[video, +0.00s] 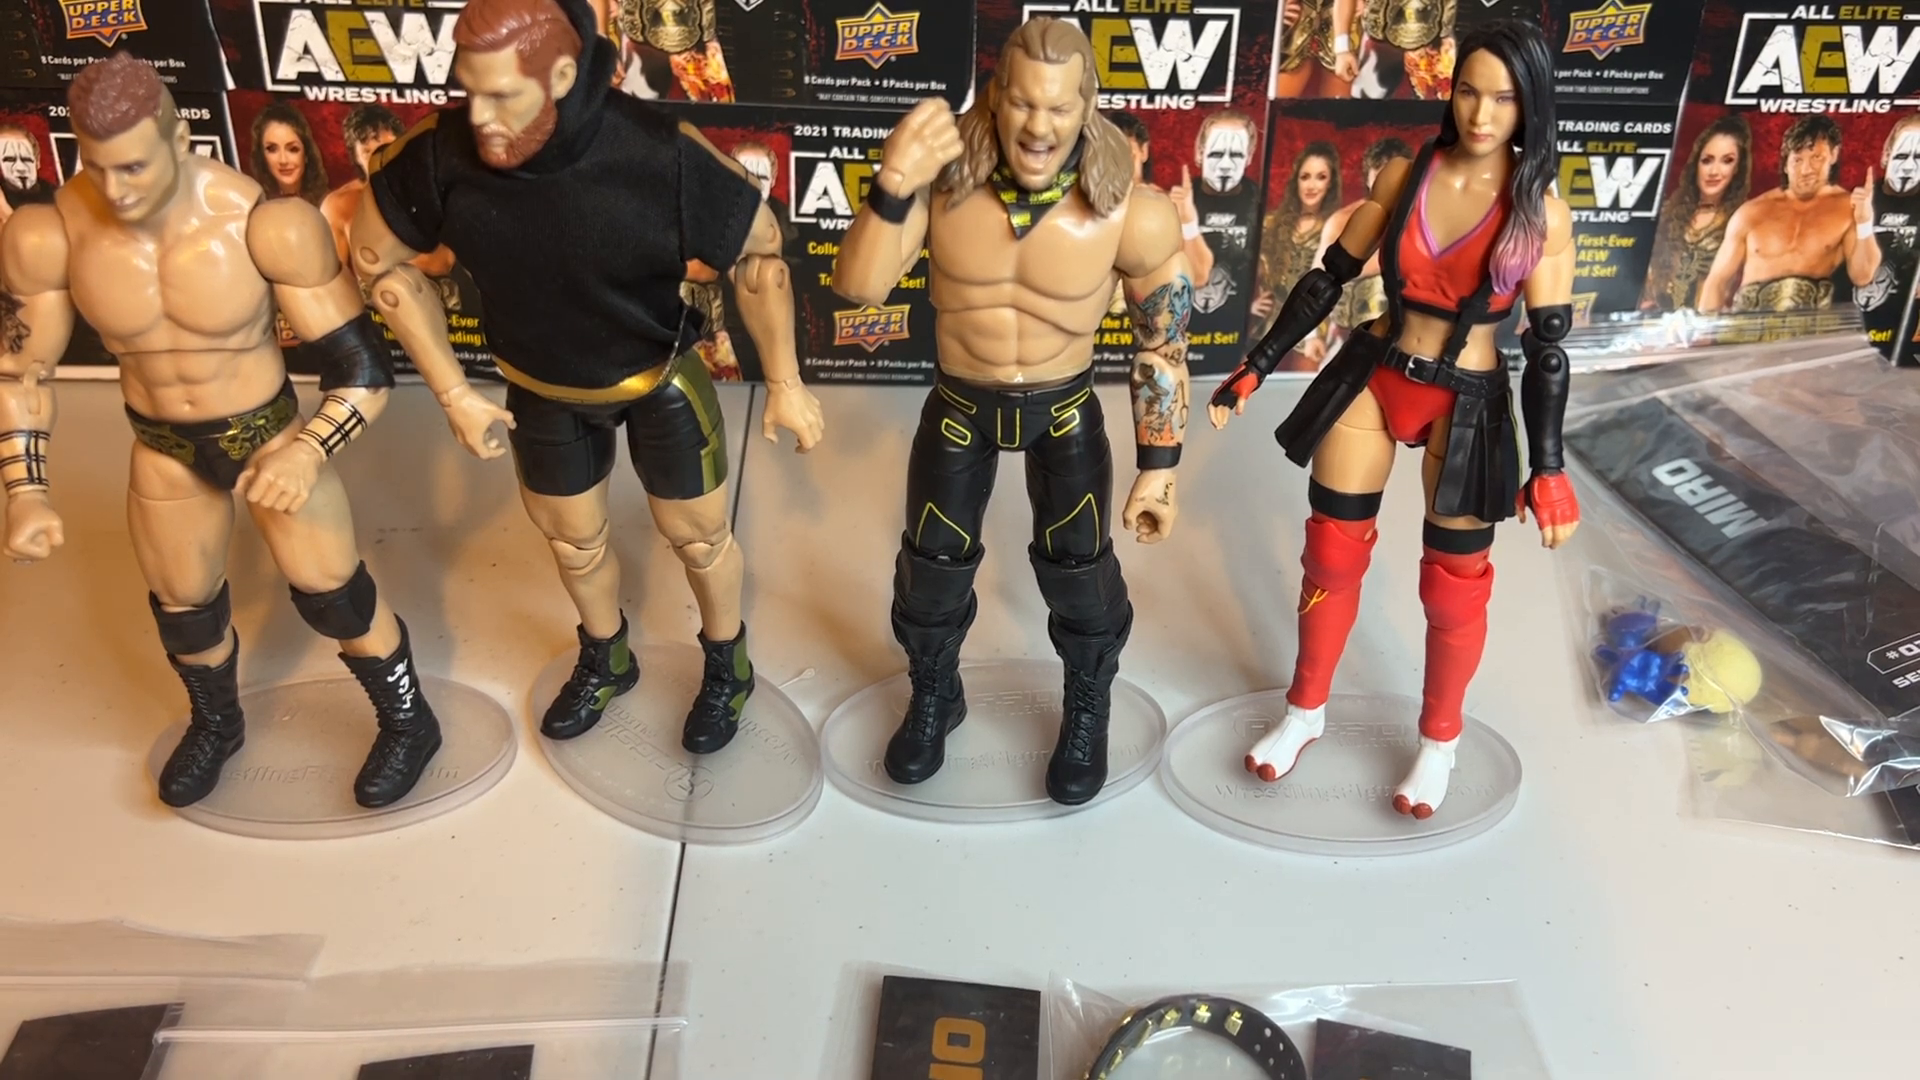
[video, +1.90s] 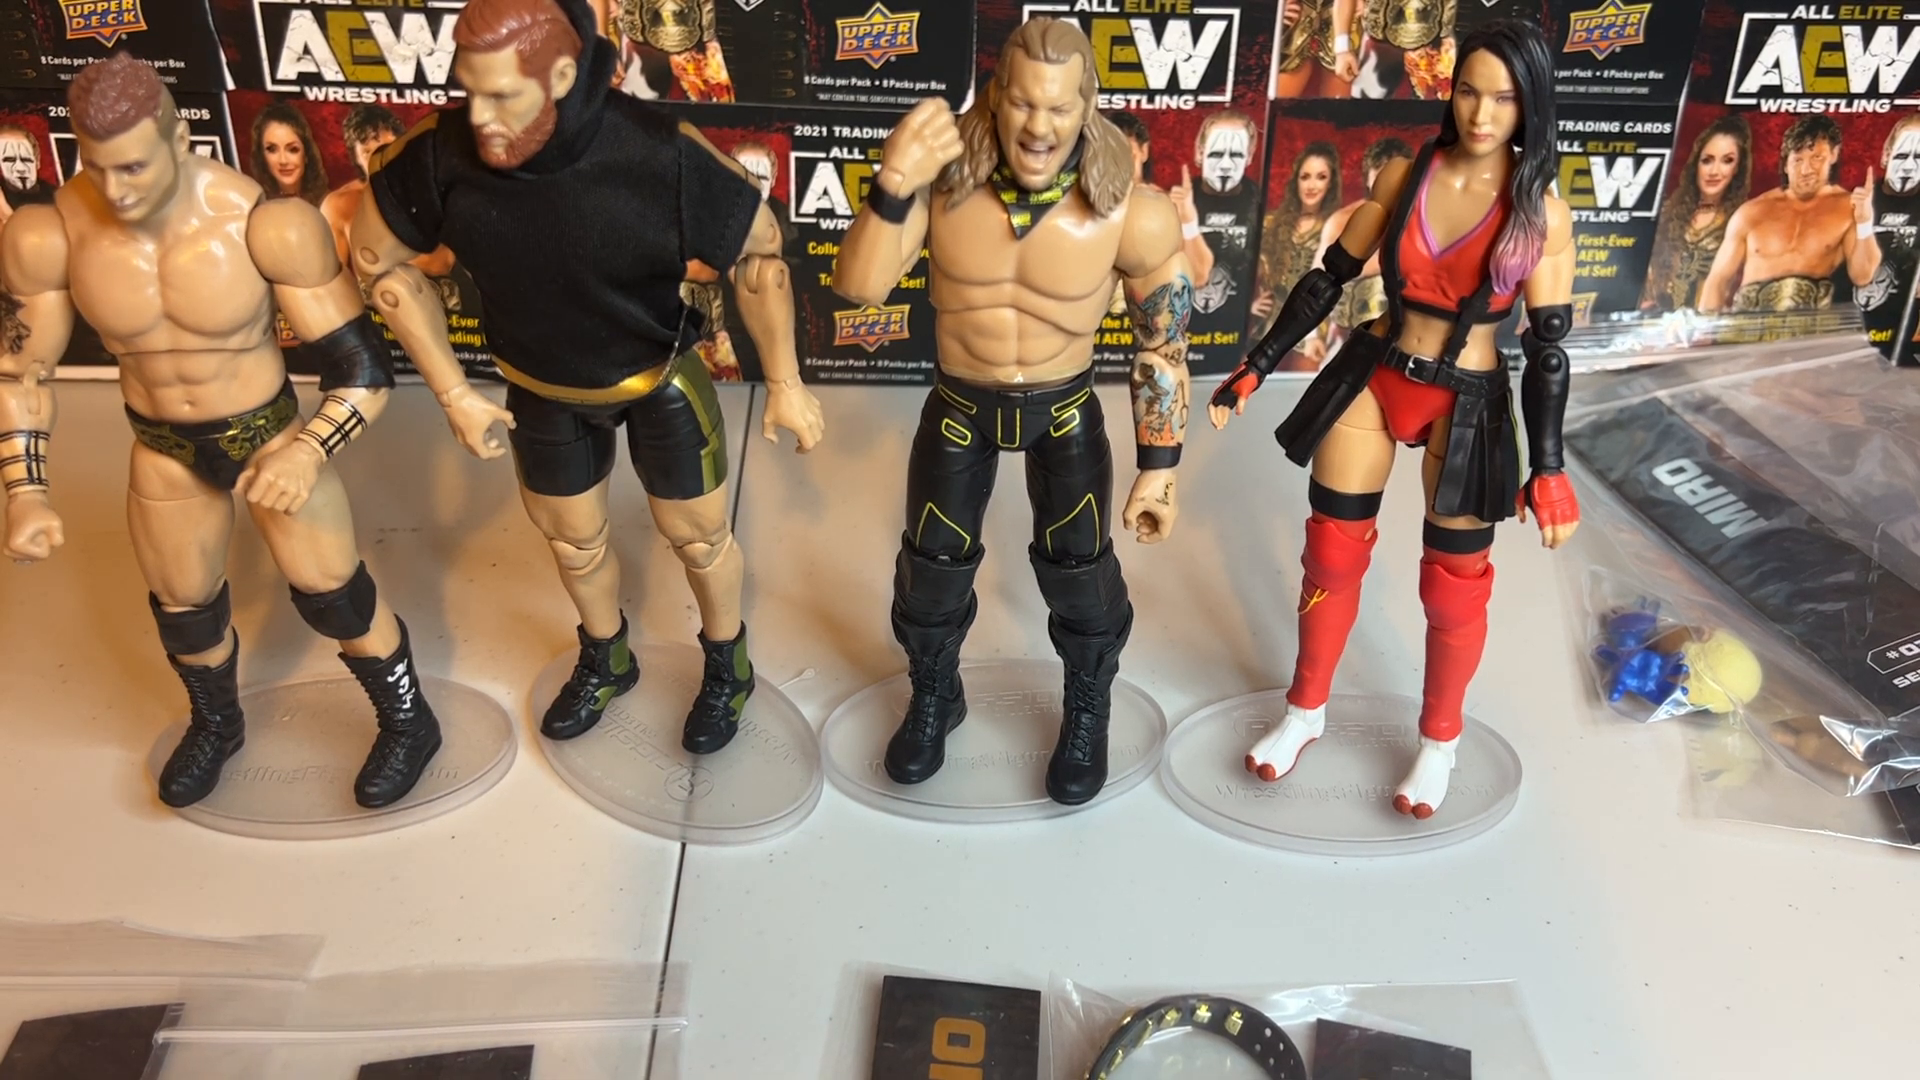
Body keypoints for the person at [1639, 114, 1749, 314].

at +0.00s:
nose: (1714, 171)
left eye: (1727, 161)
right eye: (1707, 160)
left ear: (1739, 168)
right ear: (1695, 164)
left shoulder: (1742, 220)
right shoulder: (1670, 213)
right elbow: (1654, 267)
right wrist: (1649, 299)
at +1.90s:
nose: (1714, 171)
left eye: (1727, 160)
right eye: (1707, 160)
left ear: (1738, 168)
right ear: (1695, 164)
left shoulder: (1742, 219)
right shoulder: (1670, 212)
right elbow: (1655, 265)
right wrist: (1650, 299)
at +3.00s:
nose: (1714, 171)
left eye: (1727, 161)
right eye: (1707, 160)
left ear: (1739, 168)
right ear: (1695, 164)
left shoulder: (1742, 220)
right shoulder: (1670, 213)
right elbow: (1654, 268)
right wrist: (1649, 300)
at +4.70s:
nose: (1714, 171)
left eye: (1727, 161)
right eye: (1707, 160)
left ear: (1739, 168)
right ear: (1695, 164)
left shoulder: (1742, 220)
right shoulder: (1670, 213)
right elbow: (1654, 266)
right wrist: (1649, 300)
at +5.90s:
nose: (1714, 171)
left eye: (1727, 161)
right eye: (1707, 160)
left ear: (1739, 168)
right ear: (1695, 164)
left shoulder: (1743, 219)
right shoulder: (1671, 212)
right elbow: (1654, 267)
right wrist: (1650, 300)